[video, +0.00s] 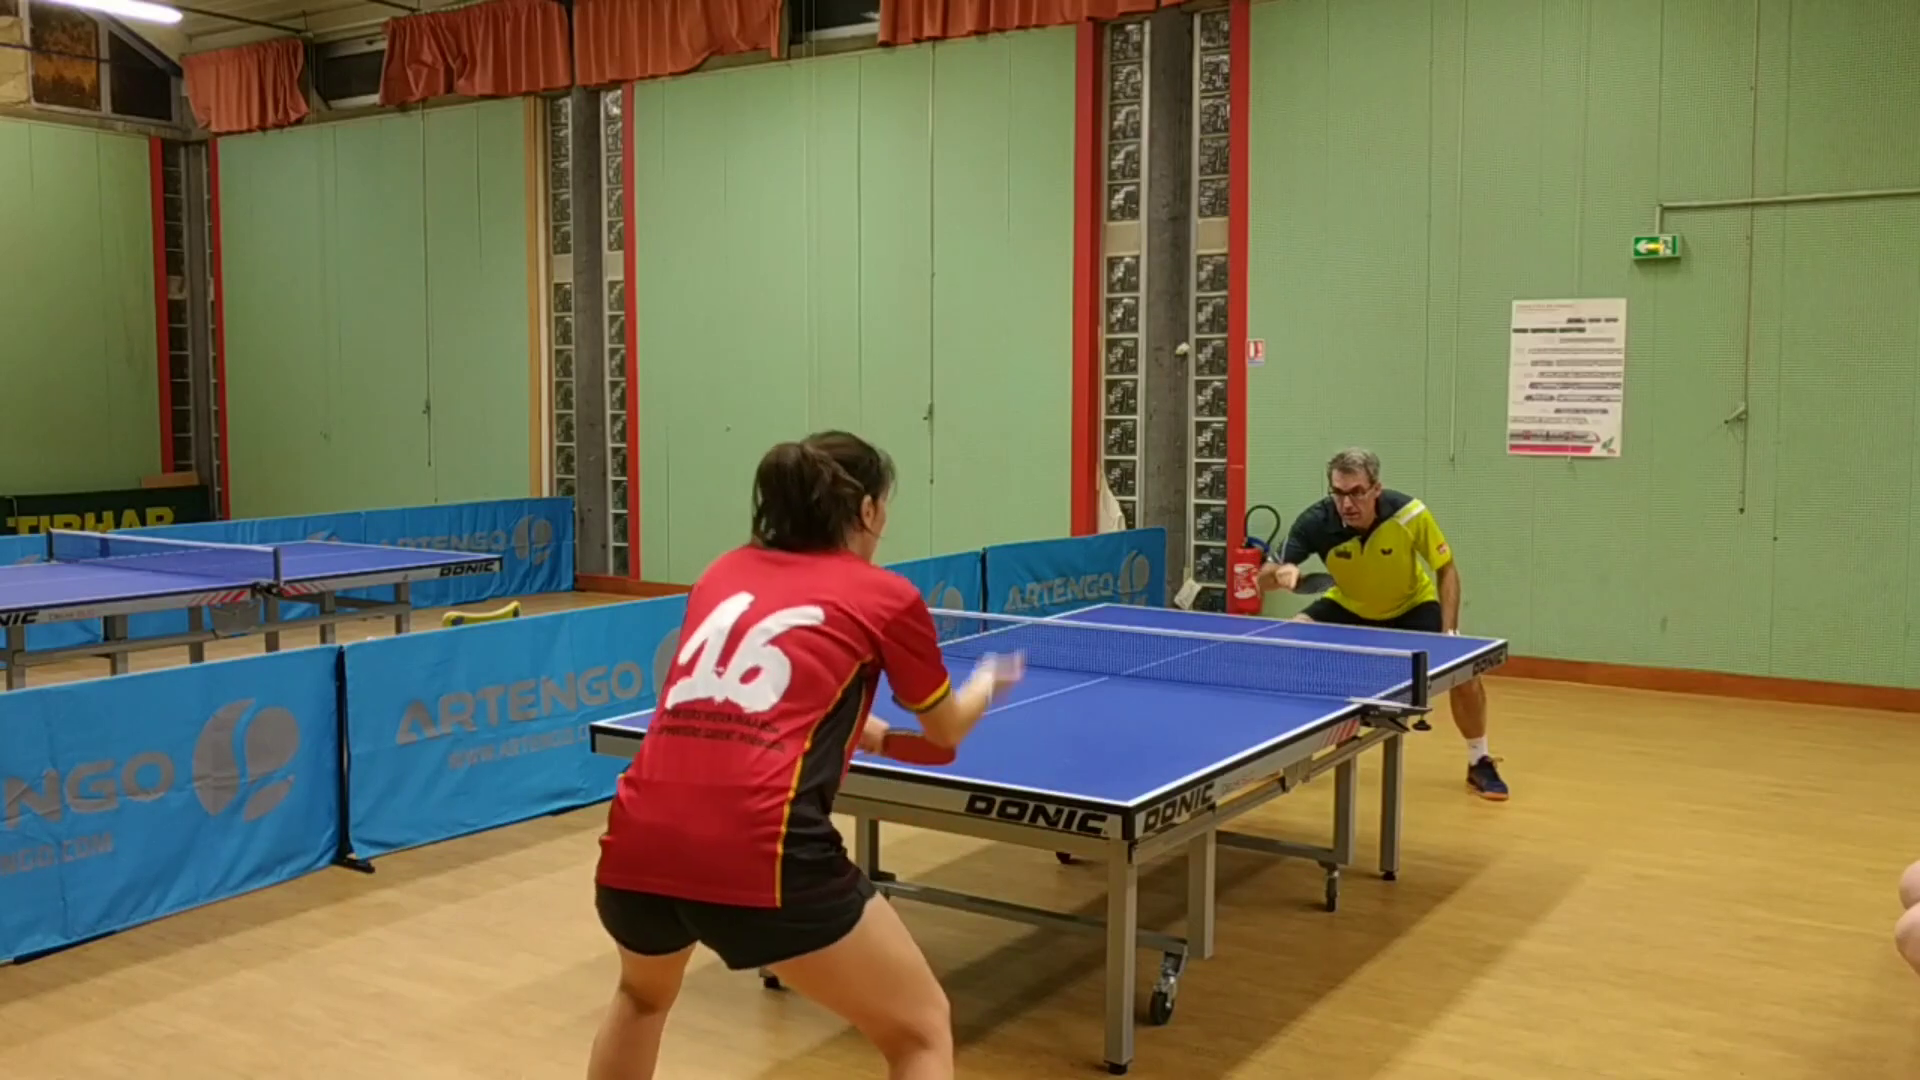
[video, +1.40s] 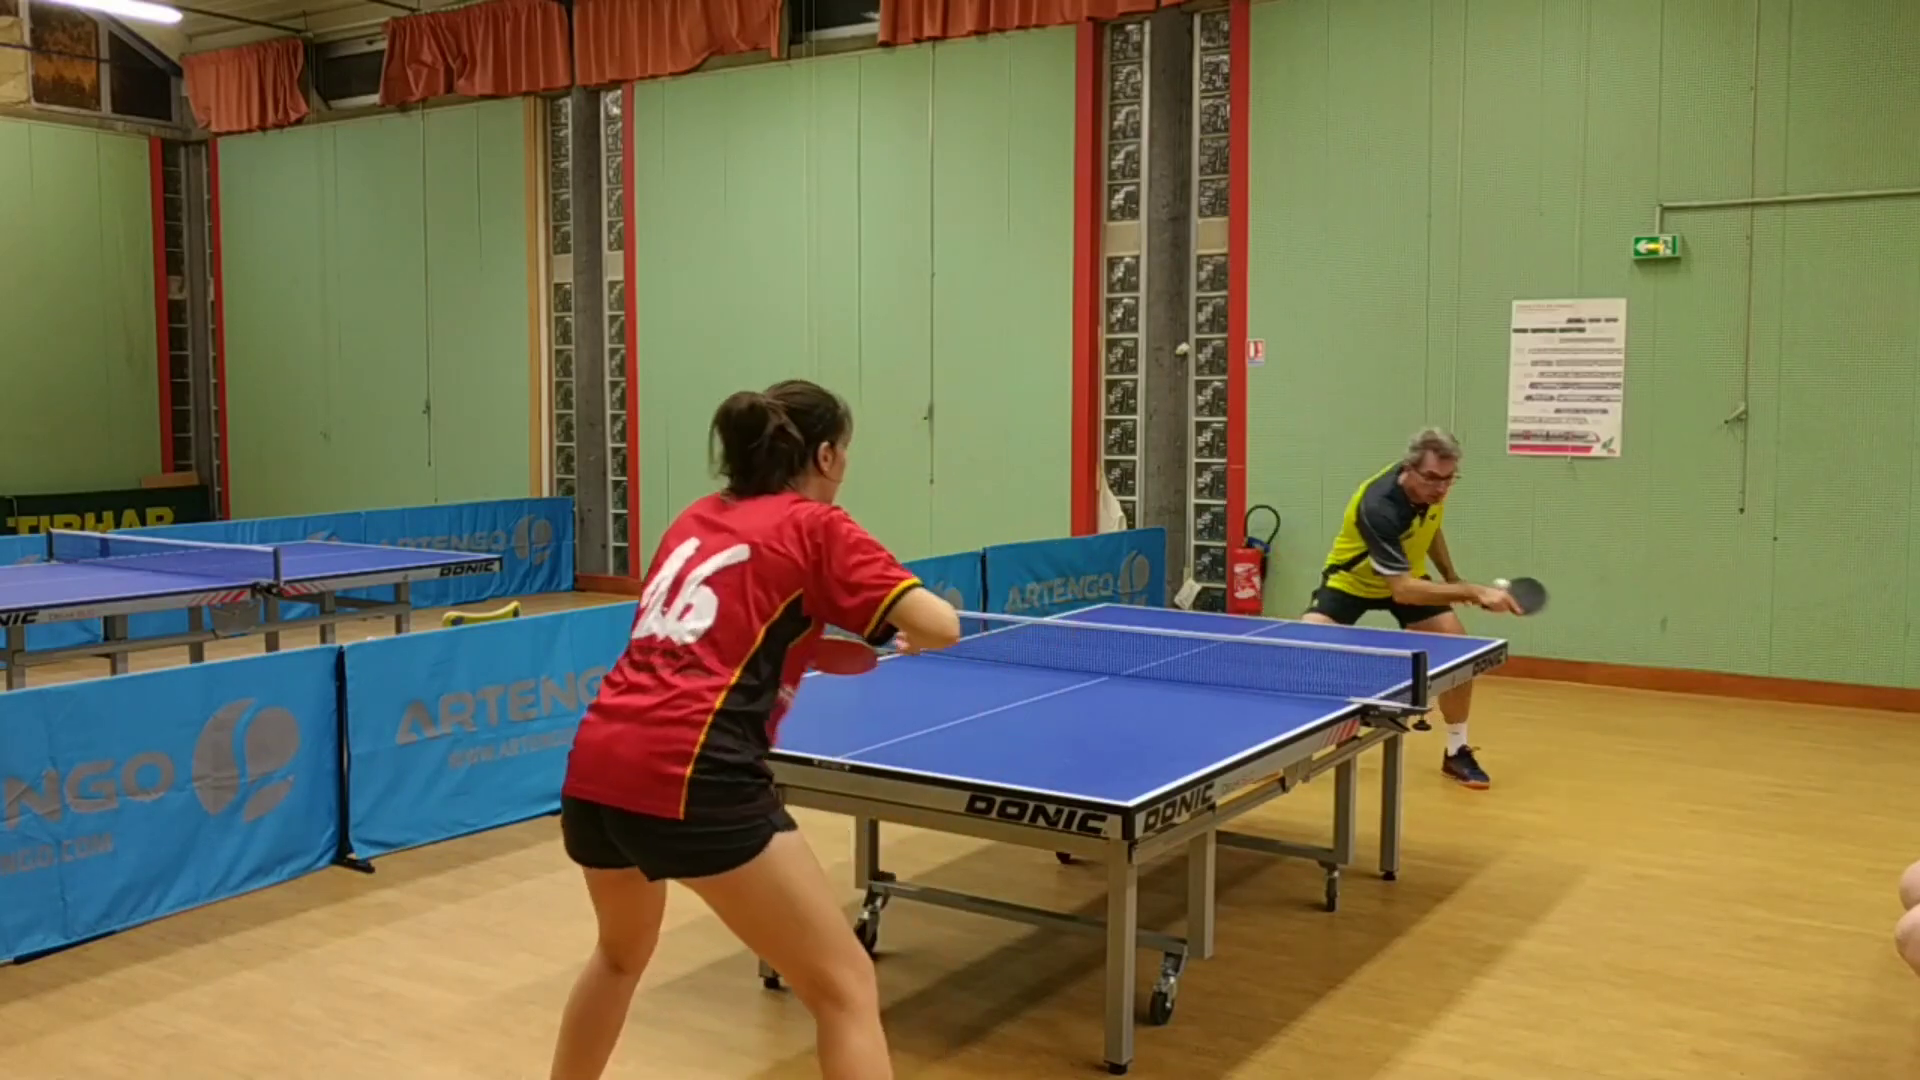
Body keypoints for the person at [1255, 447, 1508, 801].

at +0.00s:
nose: (1347, 503)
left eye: (1356, 493)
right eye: (1339, 493)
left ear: (1376, 488)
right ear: (1330, 489)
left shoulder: (1408, 512)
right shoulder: (1314, 523)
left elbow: (1447, 570)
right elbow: (1265, 580)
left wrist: (1449, 633)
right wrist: (1280, 574)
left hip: (1412, 605)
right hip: (1348, 604)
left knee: (1462, 667)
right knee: (1284, 640)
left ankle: (1480, 762)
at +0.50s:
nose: (1318, 461)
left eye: (1327, 450)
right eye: (1310, 451)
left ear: (1345, 448)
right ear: (1299, 450)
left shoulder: (1372, 478)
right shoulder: (1282, 485)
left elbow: (1403, 539)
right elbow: (1239, 538)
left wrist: (1415, 600)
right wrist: (1254, 548)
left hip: (1372, 583)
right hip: (1310, 583)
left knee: (1425, 658)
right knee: (1256, 643)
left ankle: (1476, 759)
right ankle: (1259, 753)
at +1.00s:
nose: (1318, 445)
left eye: (1328, 435)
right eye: (1311, 435)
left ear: (1344, 431)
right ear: (1301, 432)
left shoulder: (1369, 461)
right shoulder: (1278, 471)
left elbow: (1389, 518)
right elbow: (1239, 529)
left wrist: (1398, 576)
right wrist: (1268, 548)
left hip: (1364, 573)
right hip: (1300, 574)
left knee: (1410, 650)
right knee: (1257, 647)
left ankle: (1435, 745)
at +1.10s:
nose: (1348, 454)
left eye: (1357, 444)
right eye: (1339, 445)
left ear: (1370, 438)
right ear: (1326, 439)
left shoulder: (1388, 465)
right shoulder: (1299, 476)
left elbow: (1399, 521)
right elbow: (1269, 545)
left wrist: (1411, 577)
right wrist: (1323, 557)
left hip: (1374, 575)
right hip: (1311, 577)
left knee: (1422, 652)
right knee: (1268, 633)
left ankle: (1453, 751)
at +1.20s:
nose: (1381, 468)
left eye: (1390, 459)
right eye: (1372, 459)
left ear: (1401, 454)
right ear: (1355, 450)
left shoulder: (1409, 475)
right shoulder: (1329, 485)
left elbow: (1412, 529)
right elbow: (1315, 567)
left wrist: (1428, 584)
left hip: (1386, 582)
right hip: (1327, 582)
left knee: (1435, 642)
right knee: (1282, 632)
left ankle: (1456, 751)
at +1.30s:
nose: (1413, 481)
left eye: (1420, 472)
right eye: (1404, 470)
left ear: (1429, 468)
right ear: (1385, 461)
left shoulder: (1425, 486)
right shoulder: (1355, 498)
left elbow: (1423, 533)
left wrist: (1447, 584)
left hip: (1401, 579)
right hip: (1341, 580)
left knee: (1448, 648)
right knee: (1296, 637)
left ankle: (1456, 751)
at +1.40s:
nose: (1439, 488)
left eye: (1447, 480)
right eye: (1431, 478)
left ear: (1454, 475)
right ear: (1408, 469)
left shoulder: (1434, 492)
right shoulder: (1378, 506)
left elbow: (1430, 530)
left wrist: (1452, 580)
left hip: (1408, 579)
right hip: (1351, 582)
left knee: (1456, 649)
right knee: (1306, 645)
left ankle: (1458, 752)